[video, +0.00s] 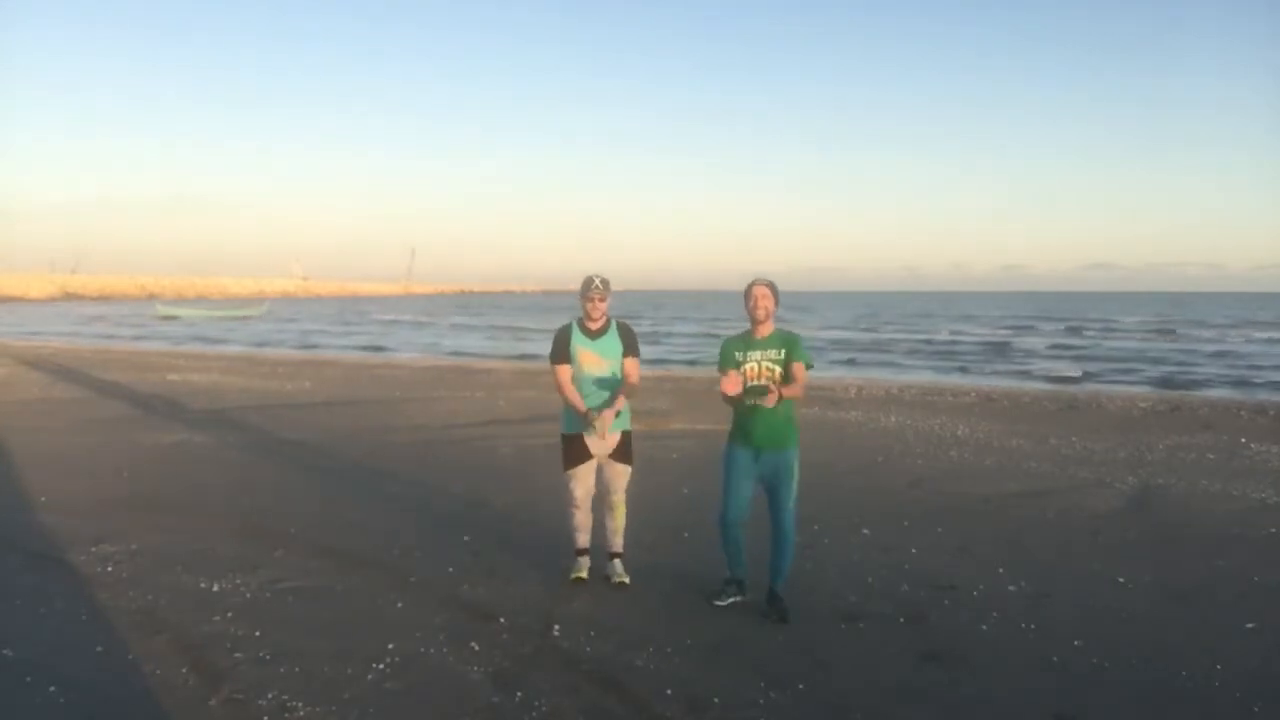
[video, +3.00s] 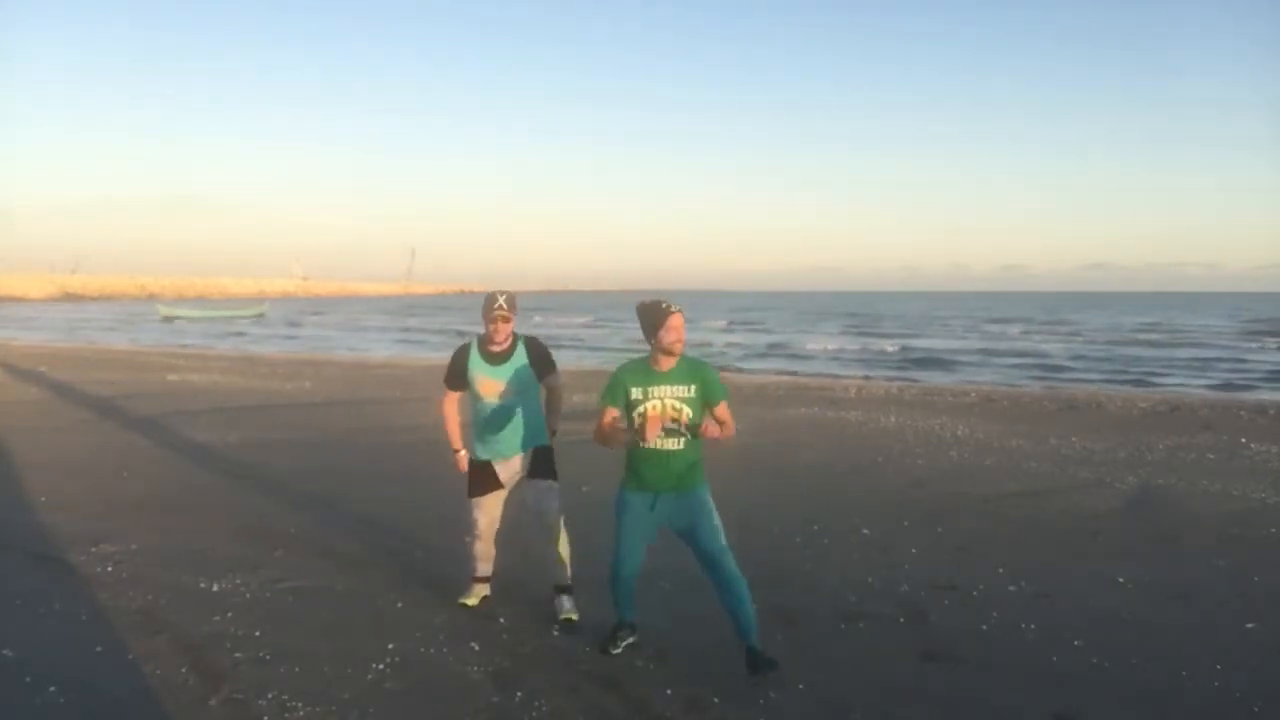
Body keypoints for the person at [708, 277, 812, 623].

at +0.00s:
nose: (758, 304)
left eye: (765, 298)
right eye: (753, 298)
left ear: (775, 305)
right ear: (745, 305)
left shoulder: (790, 343)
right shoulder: (732, 346)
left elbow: (801, 387)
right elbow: (729, 394)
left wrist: (779, 392)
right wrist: (732, 389)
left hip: (781, 443)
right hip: (743, 442)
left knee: (784, 522)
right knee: (731, 516)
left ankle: (776, 592)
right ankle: (735, 582)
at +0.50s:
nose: (727, 315)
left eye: (733, 308)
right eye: (723, 308)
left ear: (748, 309)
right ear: (719, 311)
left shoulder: (770, 345)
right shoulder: (707, 348)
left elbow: (796, 392)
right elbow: (686, 393)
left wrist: (784, 435)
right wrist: (695, 434)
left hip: (764, 449)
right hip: (722, 450)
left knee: (772, 523)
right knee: (718, 521)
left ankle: (774, 592)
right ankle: (720, 587)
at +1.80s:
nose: (736, 334)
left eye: (742, 328)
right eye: (731, 328)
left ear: (754, 329)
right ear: (724, 331)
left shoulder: (775, 369)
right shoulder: (709, 369)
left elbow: (797, 423)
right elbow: (684, 409)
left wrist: (783, 415)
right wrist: (672, 411)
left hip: (761, 469)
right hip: (718, 466)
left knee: (778, 540)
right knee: (685, 531)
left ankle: (781, 599)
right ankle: (658, 607)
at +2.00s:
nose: (711, 334)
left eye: (718, 326)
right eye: (705, 326)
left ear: (730, 327)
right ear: (697, 327)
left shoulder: (748, 366)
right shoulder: (679, 360)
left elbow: (766, 413)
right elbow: (650, 392)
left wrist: (760, 427)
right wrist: (639, 411)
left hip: (730, 475)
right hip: (684, 471)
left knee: (758, 540)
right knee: (652, 543)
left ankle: (780, 598)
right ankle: (629, 620)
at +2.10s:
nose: (686, 327)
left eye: (693, 320)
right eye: (680, 320)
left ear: (705, 322)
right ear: (673, 322)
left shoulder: (720, 362)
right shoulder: (655, 356)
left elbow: (736, 417)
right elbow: (626, 397)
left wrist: (735, 463)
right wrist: (616, 434)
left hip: (699, 471)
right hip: (654, 467)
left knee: (722, 540)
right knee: (634, 540)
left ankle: (753, 595)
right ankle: (627, 621)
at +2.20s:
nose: (673, 330)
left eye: (680, 322)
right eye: (667, 322)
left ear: (692, 323)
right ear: (658, 323)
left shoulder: (707, 367)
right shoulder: (639, 360)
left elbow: (717, 424)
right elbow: (613, 408)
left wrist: (718, 480)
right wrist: (606, 455)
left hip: (686, 472)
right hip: (641, 468)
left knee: (693, 545)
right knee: (627, 543)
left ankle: (709, 603)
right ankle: (627, 620)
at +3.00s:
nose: (680, 336)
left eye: (682, 328)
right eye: (672, 330)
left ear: (684, 331)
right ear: (652, 335)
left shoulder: (701, 374)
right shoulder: (626, 376)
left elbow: (729, 428)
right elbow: (603, 432)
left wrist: (715, 430)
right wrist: (634, 435)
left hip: (690, 490)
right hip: (639, 491)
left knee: (723, 564)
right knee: (624, 567)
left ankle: (753, 649)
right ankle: (624, 626)